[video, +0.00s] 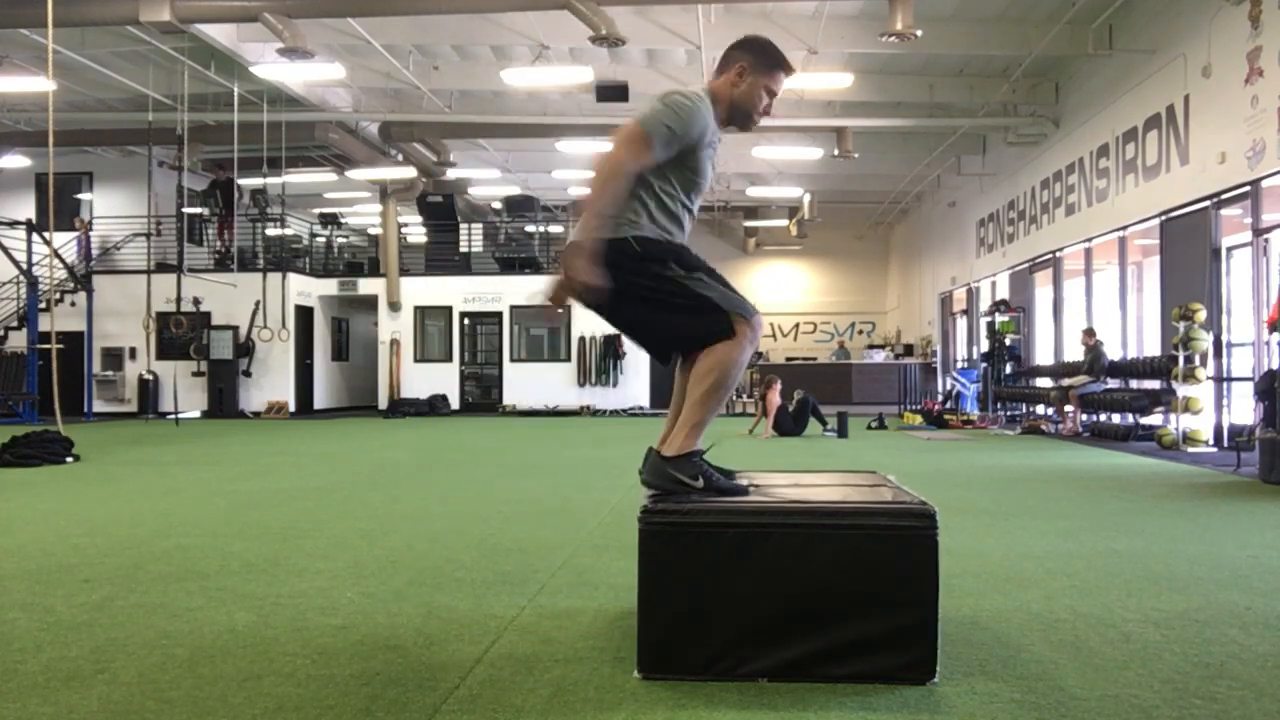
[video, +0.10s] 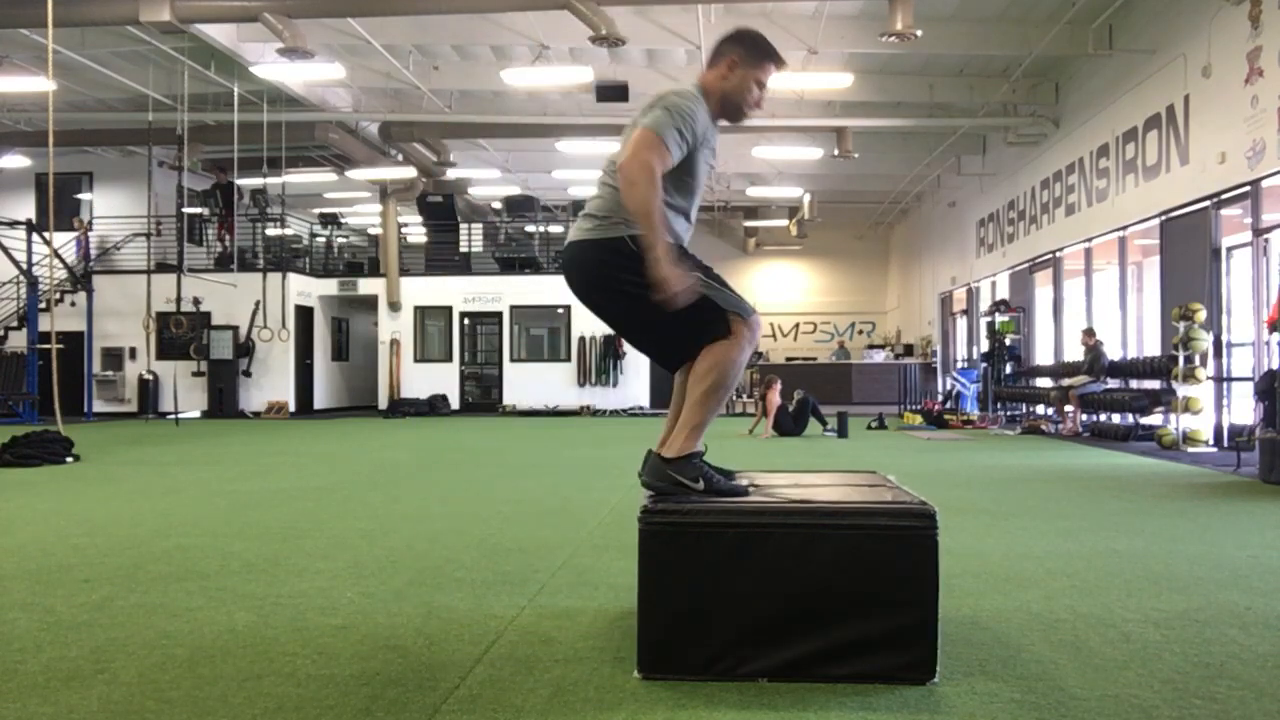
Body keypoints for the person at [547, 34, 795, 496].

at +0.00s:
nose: (769, 108)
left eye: (774, 99)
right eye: (767, 93)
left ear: (737, 79)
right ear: (737, 74)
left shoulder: (701, 128)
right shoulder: (691, 108)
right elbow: (619, 160)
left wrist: (574, 266)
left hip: (619, 255)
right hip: (632, 247)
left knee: (708, 342)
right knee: (743, 327)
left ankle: (668, 456)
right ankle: (680, 454)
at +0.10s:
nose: (760, 99)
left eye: (764, 90)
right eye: (757, 84)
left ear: (727, 70)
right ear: (727, 66)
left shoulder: (697, 121)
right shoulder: (686, 106)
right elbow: (637, 164)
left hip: (602, 251)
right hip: (617, 244)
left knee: (704, 348)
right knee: (740, 328)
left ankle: (668, 458)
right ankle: (681, 456)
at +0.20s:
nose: (736, 66)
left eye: (742, 57)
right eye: (733, 50)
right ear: (700, 30)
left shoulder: (687, 101)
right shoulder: (658, 67)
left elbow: (670, 188)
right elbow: (615, 124)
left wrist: (722, 229)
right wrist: (683, 190)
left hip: (621, 226)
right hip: (600, 221)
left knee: (704, 323)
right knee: (710, 313)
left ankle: (673, 455)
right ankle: (675, 455)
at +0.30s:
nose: (714, 25)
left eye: (720, 17)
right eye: (710, 11)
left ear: (708, 15)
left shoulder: (678, 63)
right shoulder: (627, 19)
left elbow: (670, 135)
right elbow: (575, 82)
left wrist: (688, 192)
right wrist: (649, 127)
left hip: (616, 194)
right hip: (565, 181)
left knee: (681, 294)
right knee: (643, 292)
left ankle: (664, 444)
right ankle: (654, 446)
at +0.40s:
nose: (680, 11)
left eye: (684, 5)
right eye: (675, 3)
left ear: (675, 8)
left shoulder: (663, 45)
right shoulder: (584, 13)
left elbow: (654, 116)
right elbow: (514, 66)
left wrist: (643, 182)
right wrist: (587, 113)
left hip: (611, 182)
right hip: (547, 177)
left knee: (659, 283)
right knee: (599, 285)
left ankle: (602, 391)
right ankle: (565, 429)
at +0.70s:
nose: (542, 123)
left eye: (554, 113)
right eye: (536, 111)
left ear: (573, 119)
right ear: (521, 112)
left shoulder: (597, 187)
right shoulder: (482, 173)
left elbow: (643, 241)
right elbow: (441, 223)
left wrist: (603, 276)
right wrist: (456, 257)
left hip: (559, 339)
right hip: (483, 336)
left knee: (553, 463)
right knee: (437, 458)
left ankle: (564, 587)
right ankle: (417, 576)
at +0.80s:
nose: (499, 201)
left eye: (511, 190)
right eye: (492, 188)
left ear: (535, 187)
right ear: (482, 184)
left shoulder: (560, 247)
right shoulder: (458, 236)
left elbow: (593, 328)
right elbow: (420, 319)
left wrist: (527, 314)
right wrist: (445, 294)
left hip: (545, 385)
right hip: (472, 381)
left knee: (535, 478)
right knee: (418, 487)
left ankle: (564, 590)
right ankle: (425, 590)